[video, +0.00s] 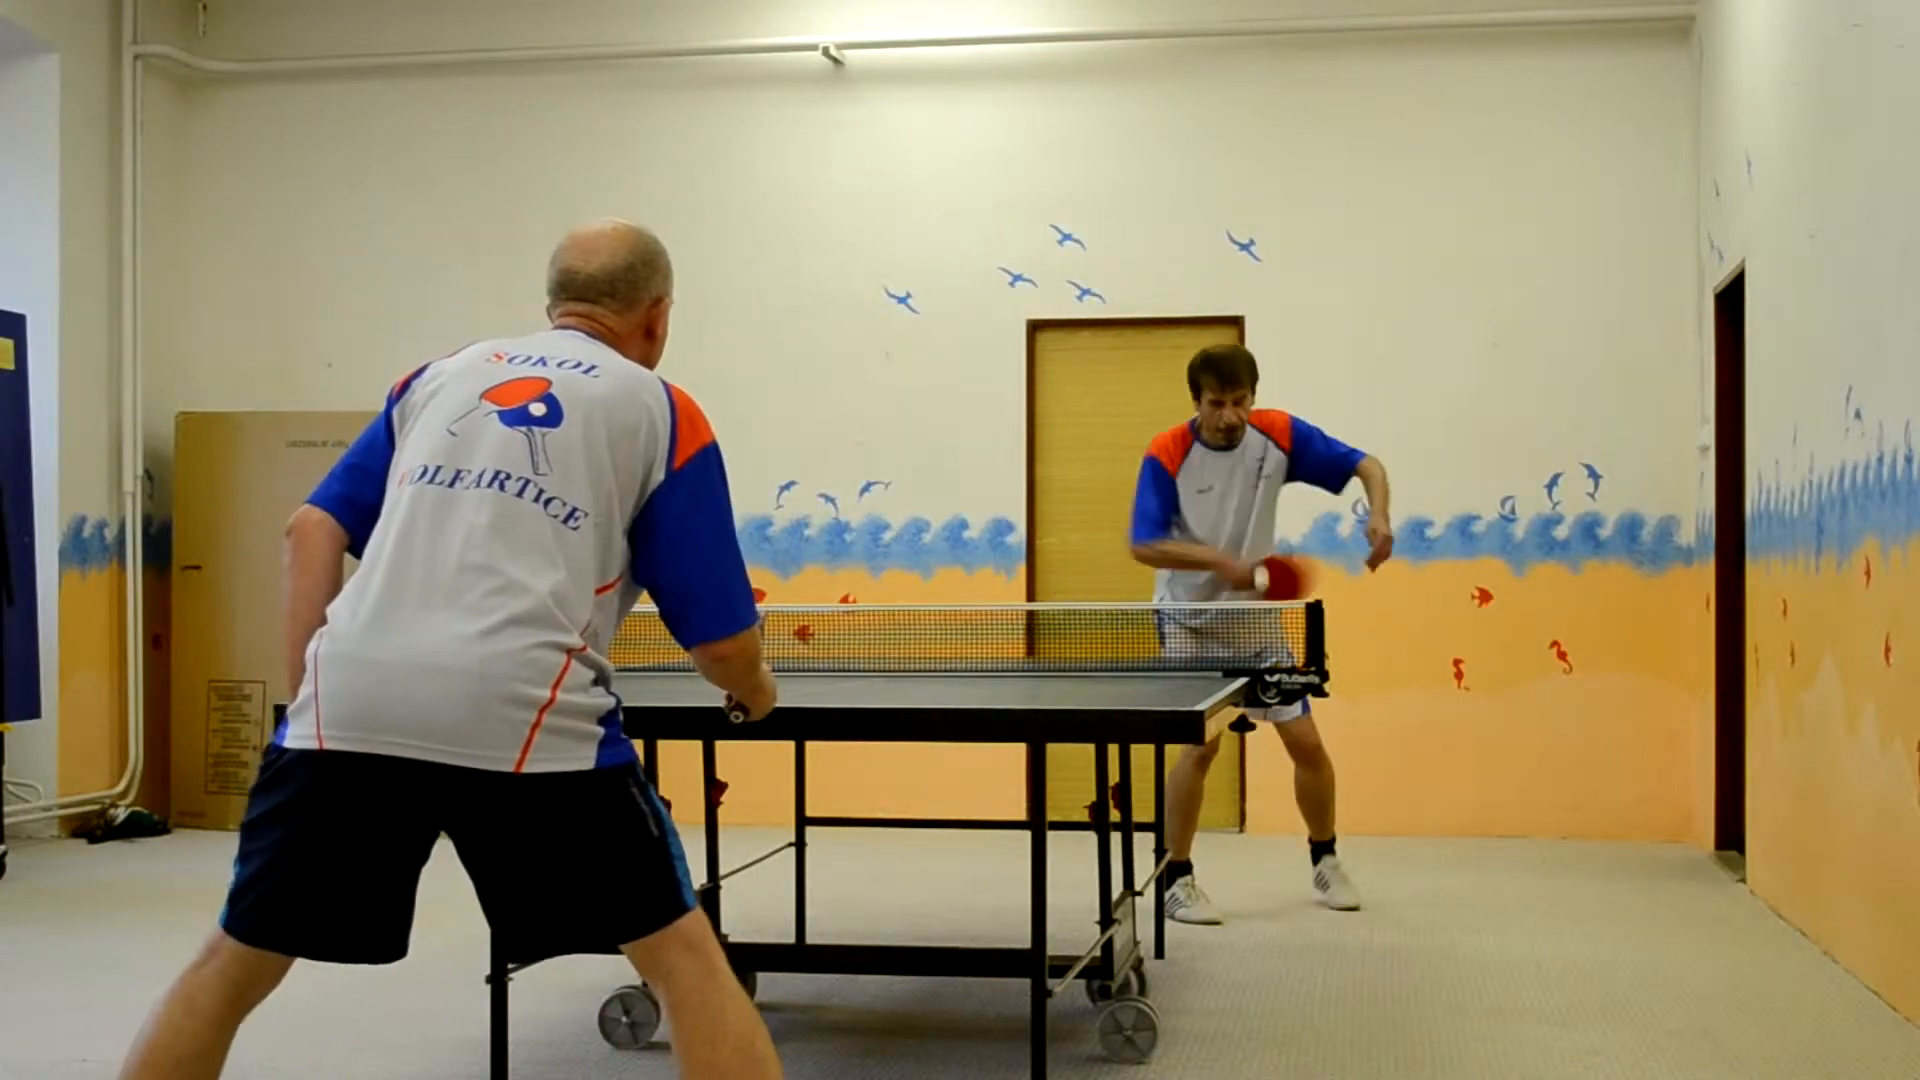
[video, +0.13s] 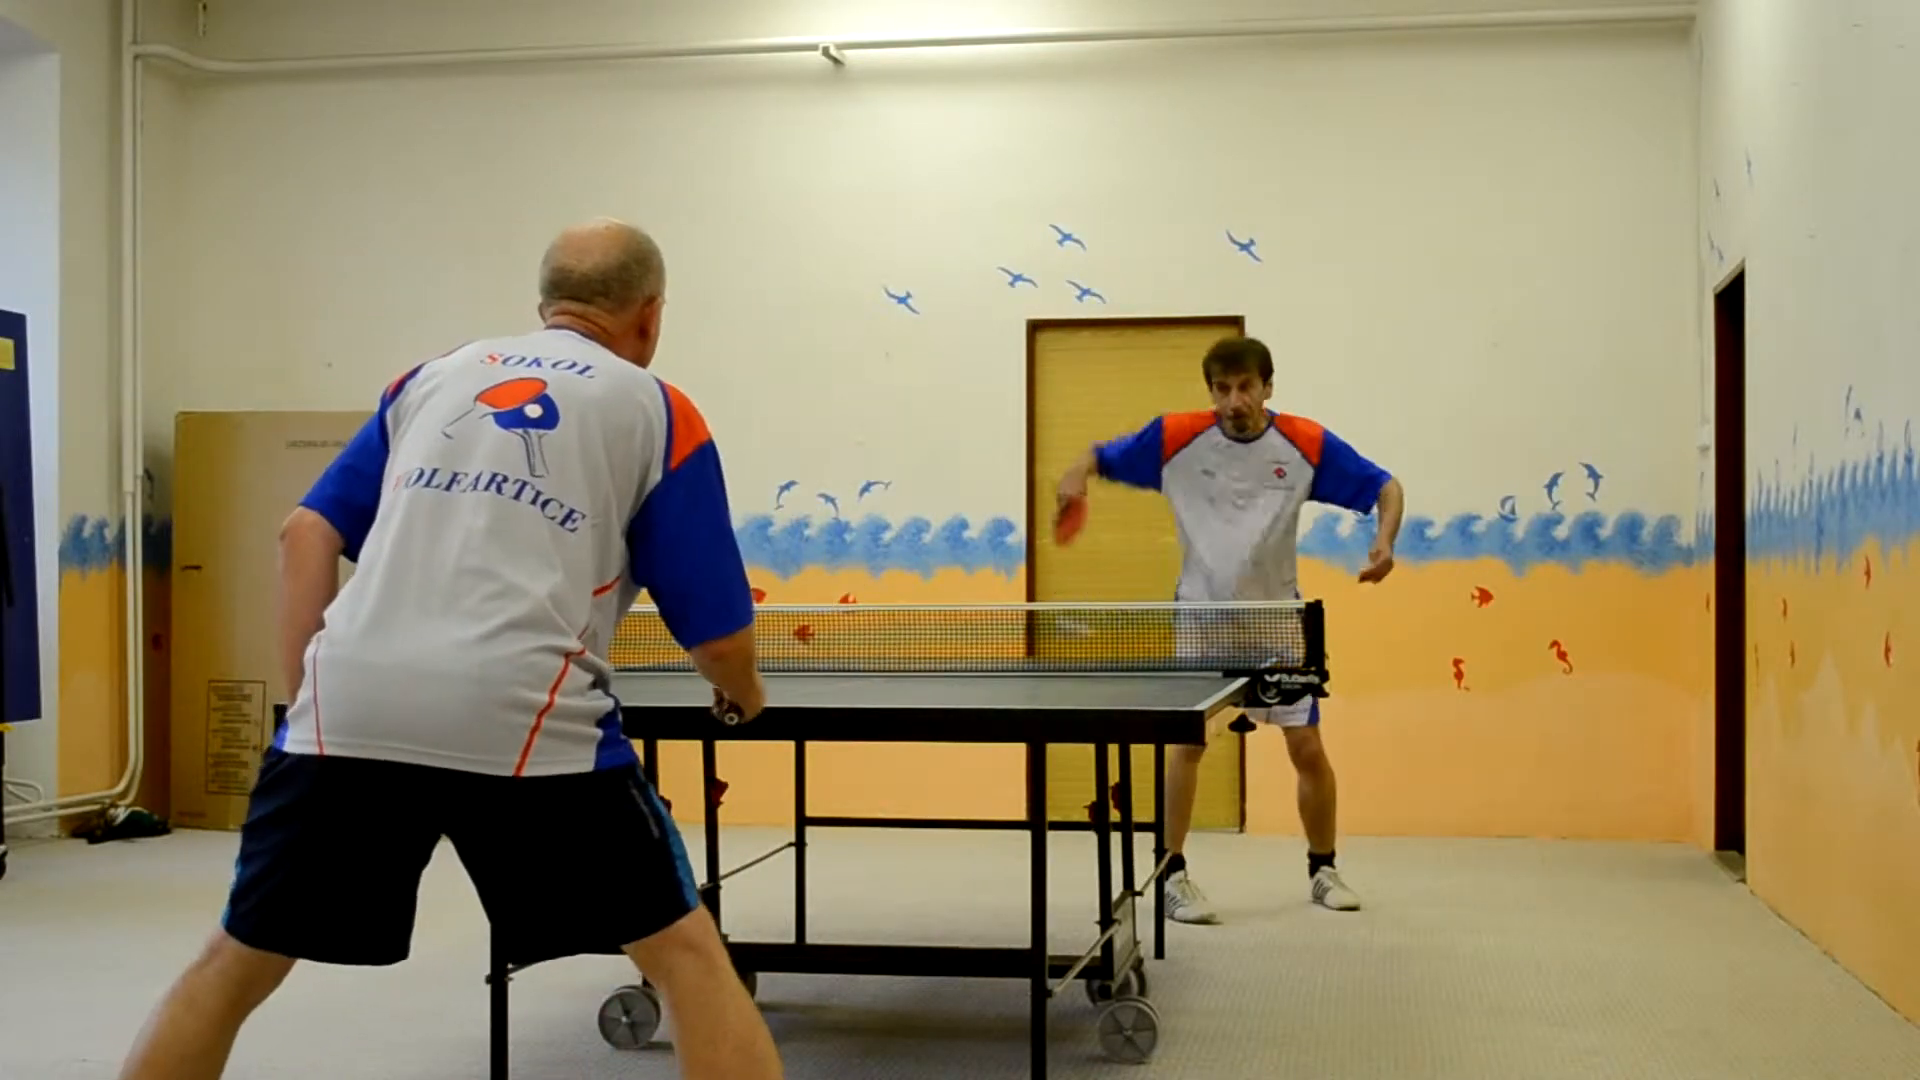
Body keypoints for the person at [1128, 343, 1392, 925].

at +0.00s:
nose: (1229, 416)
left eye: (1239, 403)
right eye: (1217, 405)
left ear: (1252, 395)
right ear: (1196, 400)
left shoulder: (1278, 434)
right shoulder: (1166, 454)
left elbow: (1368, 466)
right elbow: (1144, 545)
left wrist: (1380, 517)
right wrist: (1220, 559)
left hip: (1254, 614)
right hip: (1187, 618)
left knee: (1308, 744)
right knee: (1198, 746)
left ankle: (1325, 863)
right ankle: (1176, 879)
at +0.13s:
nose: (1233, 402)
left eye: (1244, 388)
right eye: (1223, 390)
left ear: (1266, 386)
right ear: (1210, 390)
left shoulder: (1303, 440)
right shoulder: (1176, 436)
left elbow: (1387, 487)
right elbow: (1097, 457)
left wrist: (1384, 543)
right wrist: (1072, 485)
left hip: (1277, 616)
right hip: (1201, 616)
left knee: (1308, 749)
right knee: (1184, 743)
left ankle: (1324, 870)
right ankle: (1170, 874)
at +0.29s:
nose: (1243, 390)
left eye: (1254, 377)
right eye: (1234, 379)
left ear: (1278, 378)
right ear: (1222, 381)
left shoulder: (1313, 443)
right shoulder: (1192, 425)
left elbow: (1379, 509)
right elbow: (1121, 447)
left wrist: (1364, 555)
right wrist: (1092, 479)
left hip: (1283, 616)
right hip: (1205, 613)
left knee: (1302, 749)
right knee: (1172, 718)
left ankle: (1322, 869)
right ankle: (1174, 816)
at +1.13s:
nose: (1161, 381)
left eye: (1171, 370)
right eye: (1151, 372)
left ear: (1191, 374)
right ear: (1138, 379)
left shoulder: (1225, 427)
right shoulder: (1116, 438)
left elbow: (1265, 473)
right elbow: (1055, 482)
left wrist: (1292, 476)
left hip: (1221, 608)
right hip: (1143, 611)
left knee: (1279, 725)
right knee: (1096, 730)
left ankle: (1317, 844)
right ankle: (1072, 856)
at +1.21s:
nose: (1170, 381)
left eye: (1180, 369)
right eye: (1160, 371)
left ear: (1201, 373)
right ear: (1148, 379)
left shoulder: (1236, 430)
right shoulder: (1121, 440)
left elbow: (1279, 478)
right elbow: (1051, 477)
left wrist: (1313, 486)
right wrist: (1012, 448)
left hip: (1225, 613)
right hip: (1144, 617)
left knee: (1275, 733)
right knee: (1096, 730)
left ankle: (1300, 835)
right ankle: (1070, 854)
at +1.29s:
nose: (1186, 387)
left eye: (1196, 375)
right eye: (1176, 377)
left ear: (1217, 380)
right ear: (1164, 385)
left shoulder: (1254, 442)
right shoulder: (1135, 447)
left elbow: (1307, 497)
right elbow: (1064, 488)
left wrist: (1331, 510)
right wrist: (1033, 461)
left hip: (1232, 623)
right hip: (1152, 624)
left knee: (1271, 742)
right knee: (1102, 736)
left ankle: (1278, 843)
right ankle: (1069, 856)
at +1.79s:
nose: (1250, 432)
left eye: (1260, 422)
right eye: (1241, 423)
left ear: (1278, 427)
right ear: (1229, 428)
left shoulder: (1309, 482)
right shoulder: (1205, 491)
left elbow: (1337, 560)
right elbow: (1177, 570)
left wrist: (1315, 571)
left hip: (1291, 642)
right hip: (1221, 643)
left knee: (1375, 737)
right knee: (1156, 738)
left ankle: (1405, 843)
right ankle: (1115, 842)